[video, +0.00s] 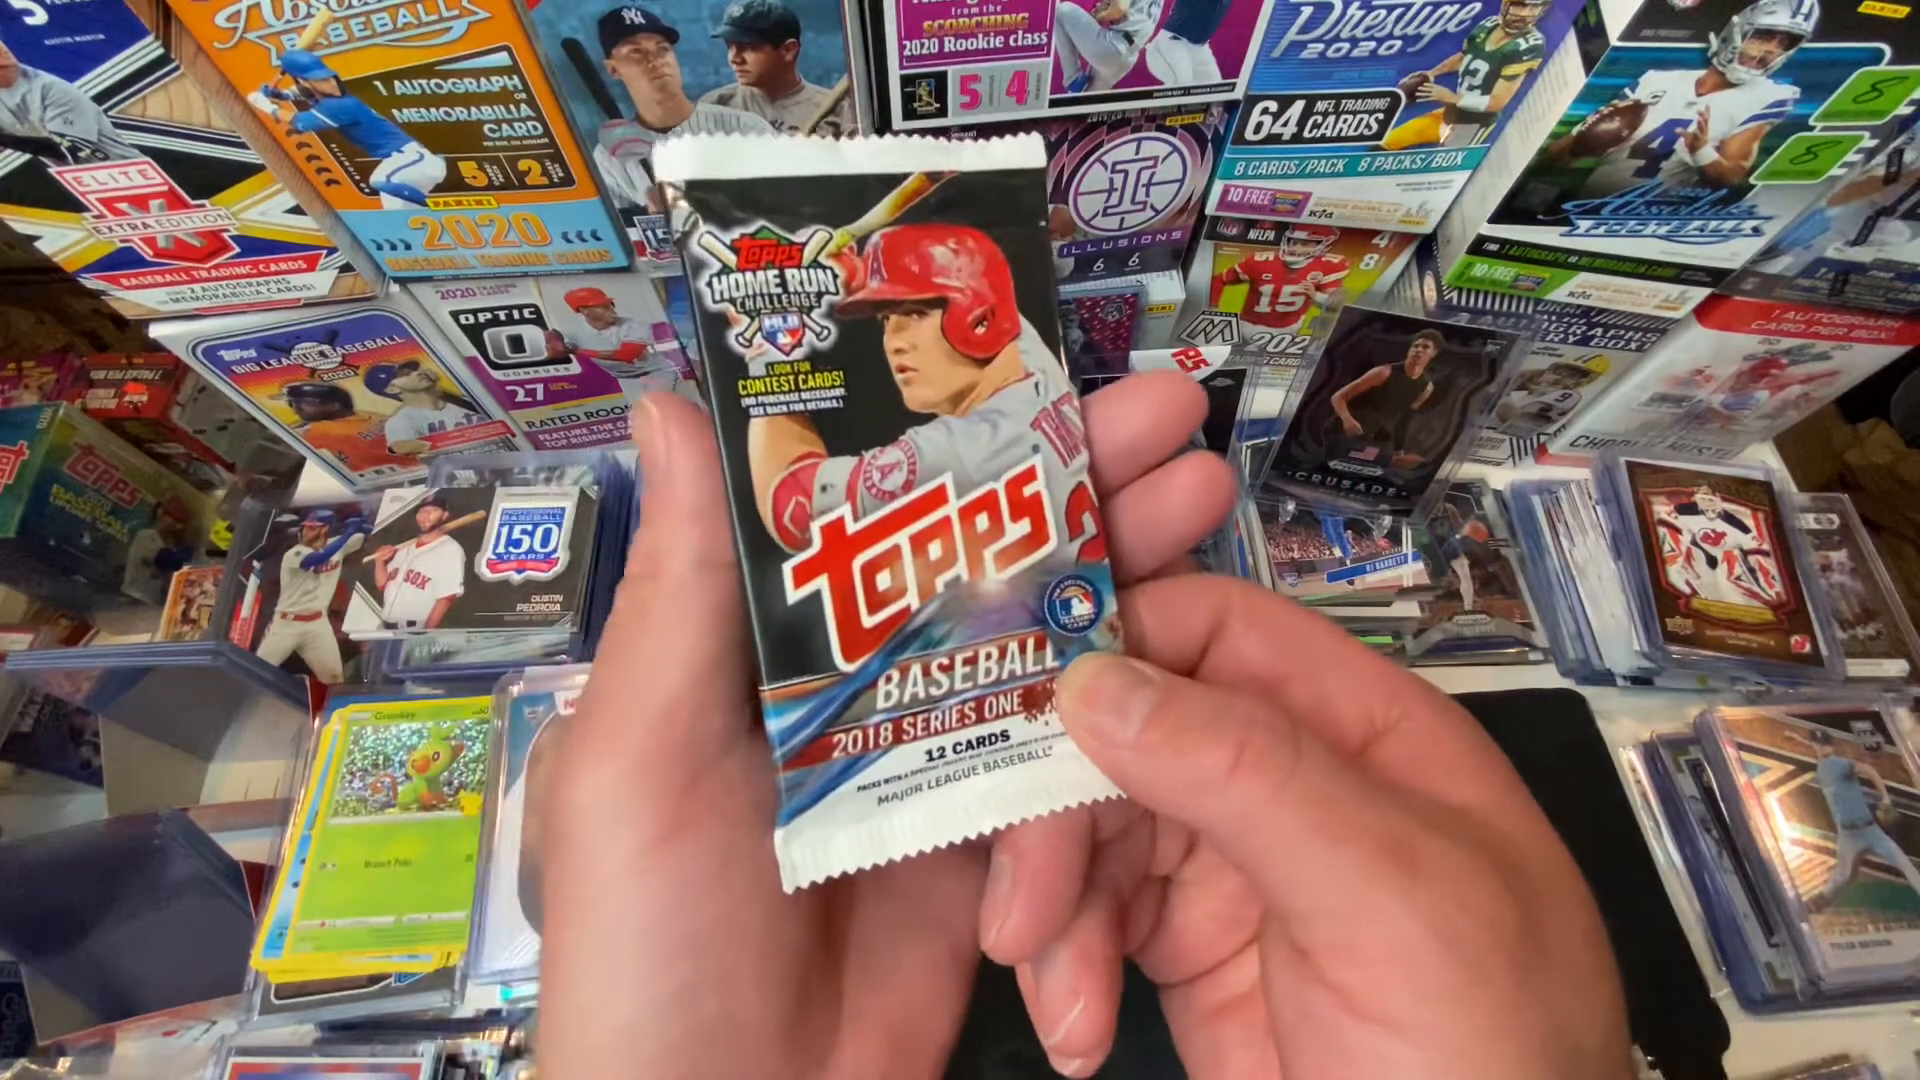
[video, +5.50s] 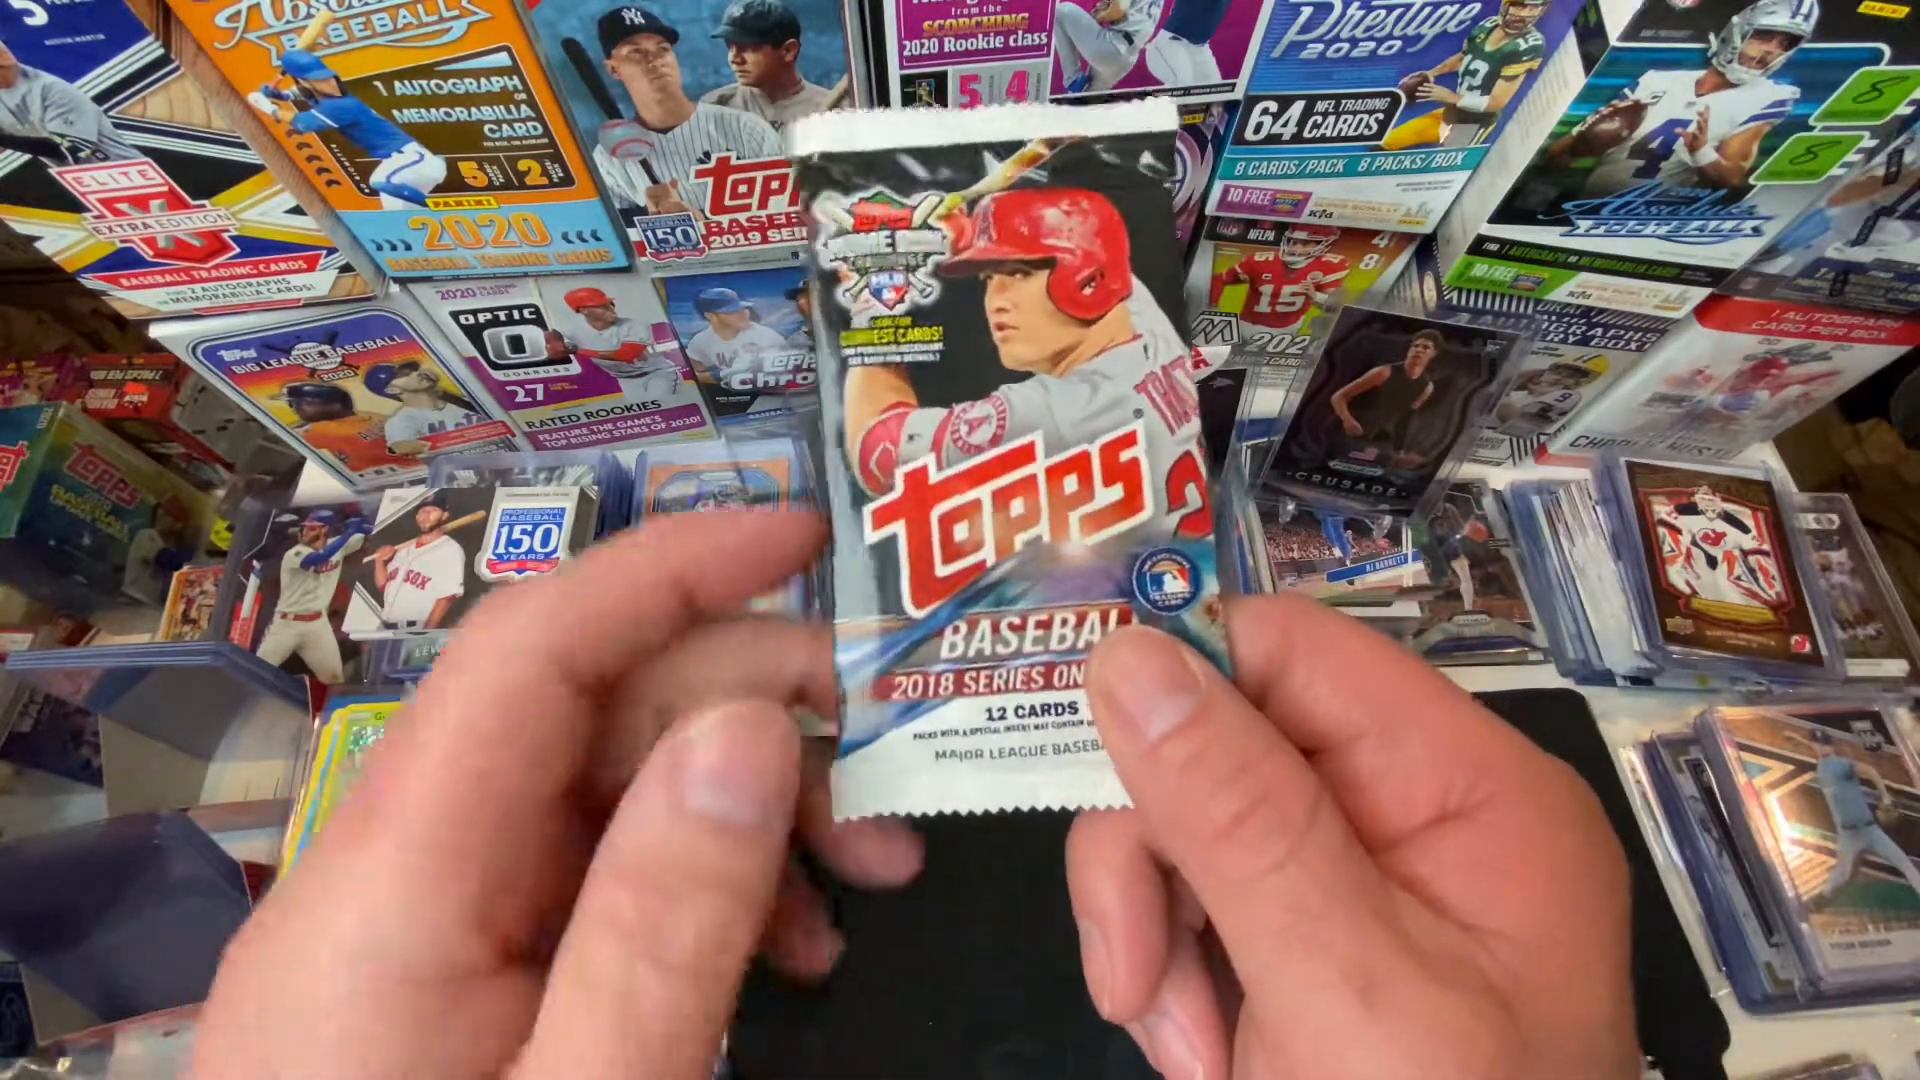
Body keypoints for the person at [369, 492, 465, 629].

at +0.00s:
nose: (425, 516)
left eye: (432, 511)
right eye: (422, 511)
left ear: (445, 515)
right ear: (416, 515)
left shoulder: (451, 550)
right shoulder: (405, 547)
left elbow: (446, 598)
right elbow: (382, 585)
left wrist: (425, 634)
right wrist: (379, 561)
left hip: (416, 631)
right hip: (386, 627)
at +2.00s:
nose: (425, 516)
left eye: (432, 511)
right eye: (422, 511)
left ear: (445, 516)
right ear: (416, 515)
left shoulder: (450, 550)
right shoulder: (406, 548)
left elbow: (447, 598)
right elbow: (382, 585)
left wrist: (425, 634)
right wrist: (379, 561)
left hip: (416, 631)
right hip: (386, 627)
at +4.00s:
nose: (425, 517)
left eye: (431, 512)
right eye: (421, 511)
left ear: (444, 516)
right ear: (416, 516)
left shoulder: (451, 549)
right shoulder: (405, 548)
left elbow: (446, 598)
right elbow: (381, 585)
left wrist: (425, 634)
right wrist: (379, 561)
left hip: (416, 630)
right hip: (387, 627)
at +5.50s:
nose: (425, 516)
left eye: (432, 511)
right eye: (422, 511)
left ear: (444, 516)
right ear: (416, 516)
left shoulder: (451, 549)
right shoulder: (405, 549)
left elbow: (446, 598)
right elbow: (382, 585)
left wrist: (424, 635)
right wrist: (379, 561)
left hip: (417, 631)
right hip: (386, 627)